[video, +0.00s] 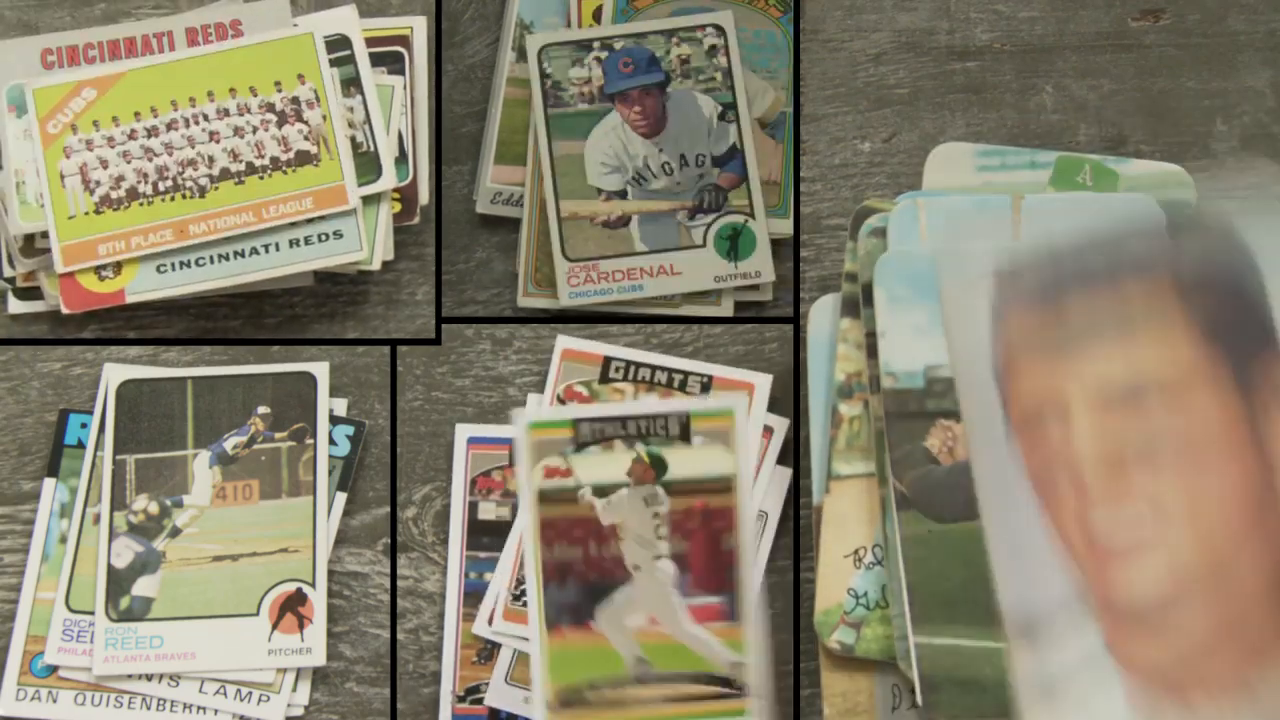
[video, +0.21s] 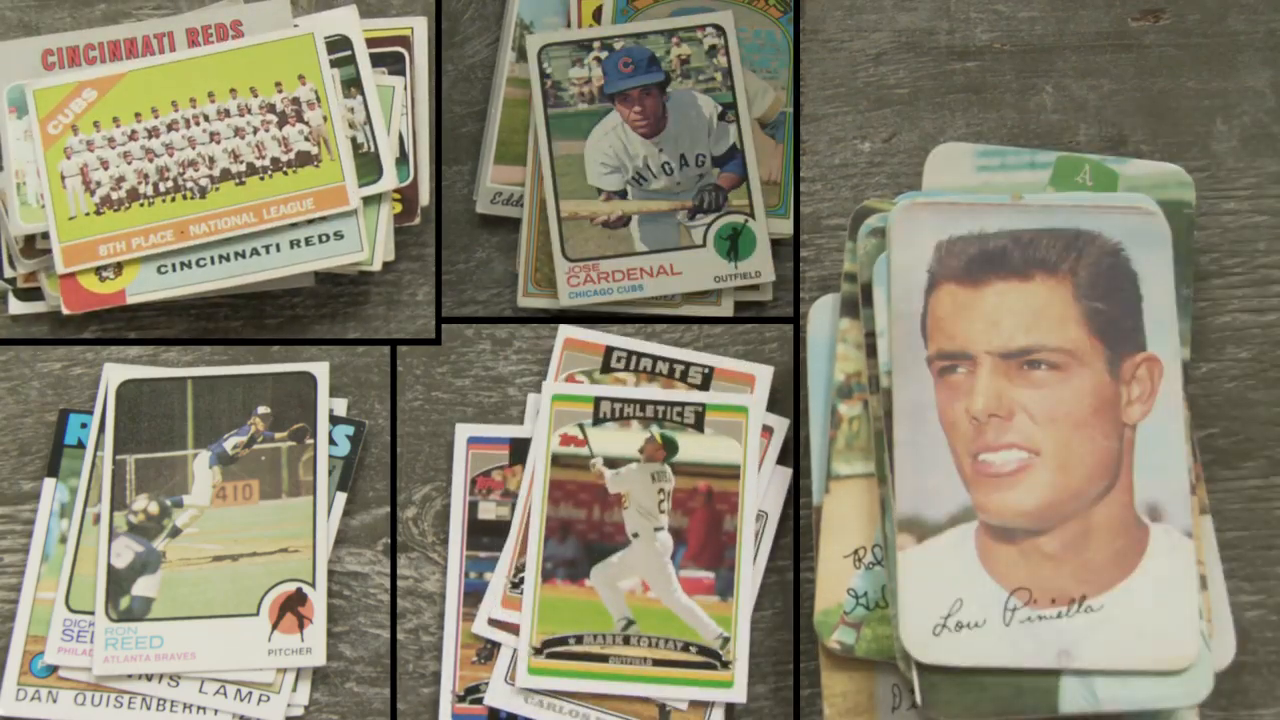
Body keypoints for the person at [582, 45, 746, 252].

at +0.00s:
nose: (638, 108)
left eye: (646, 94)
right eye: (625, 99)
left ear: (664, 92)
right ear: (613, 103)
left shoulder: (699, 109)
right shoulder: (603, 141)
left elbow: (736, 159)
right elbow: (613, 195)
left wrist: (719, 187)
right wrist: (612, 214)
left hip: (702, 197)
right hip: (649, 207)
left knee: (726, 268)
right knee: (658, 280)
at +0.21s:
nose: (638, 108)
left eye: (646, 94)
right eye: (625, 99)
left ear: (664, 93)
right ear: (613, 104)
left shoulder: (699, 108)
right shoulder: (603, 141)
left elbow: (736, 159)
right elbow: (613, 195)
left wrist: (719, 187)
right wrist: (613, 214)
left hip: (702, 196)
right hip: (648, 206)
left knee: (726, 268)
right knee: (658, 280)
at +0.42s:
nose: (638, 108)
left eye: (646, 94)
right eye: (625, 99)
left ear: (664, 93)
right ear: (613, 104)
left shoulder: (699, 109)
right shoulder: (603, 141)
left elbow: (736, 159)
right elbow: (613, 196)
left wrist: (719, 187)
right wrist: (613, 215)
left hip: (701, 196)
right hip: (649, 206)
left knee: (726, 267)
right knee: (658, 280)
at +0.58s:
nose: (638, 108)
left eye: (646, 94)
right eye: (625, 99)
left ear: (664, 93)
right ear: (613, 103)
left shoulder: (699, 108)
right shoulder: (603, 141)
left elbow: (737, 158)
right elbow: (613, 196)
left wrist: (719, 187)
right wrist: (613, 215)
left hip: (701, 195)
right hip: (648, 205)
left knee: (726, 267)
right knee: (658, 280)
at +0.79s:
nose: (638, 108)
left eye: (646, 94)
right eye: (625, 99)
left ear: (664, 93)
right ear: (613, 104)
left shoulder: (699, 109)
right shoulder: (603, 141)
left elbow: (736, 159)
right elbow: (613, 196)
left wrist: (719, 187)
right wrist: (613, 215)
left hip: (701, 196)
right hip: (649, 206)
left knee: (727, 267)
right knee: (658, 280)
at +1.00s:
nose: (638, 108)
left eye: (646, 94)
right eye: (625, 99)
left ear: (664, 93)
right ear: (614, 104)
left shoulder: (699, 109)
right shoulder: (603, 142)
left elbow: (736, 159)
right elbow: (613, 195)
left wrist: (719, 187)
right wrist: (613, 214)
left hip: (701, 195)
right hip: (649, 206)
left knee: (728, 266)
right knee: (659, 281)